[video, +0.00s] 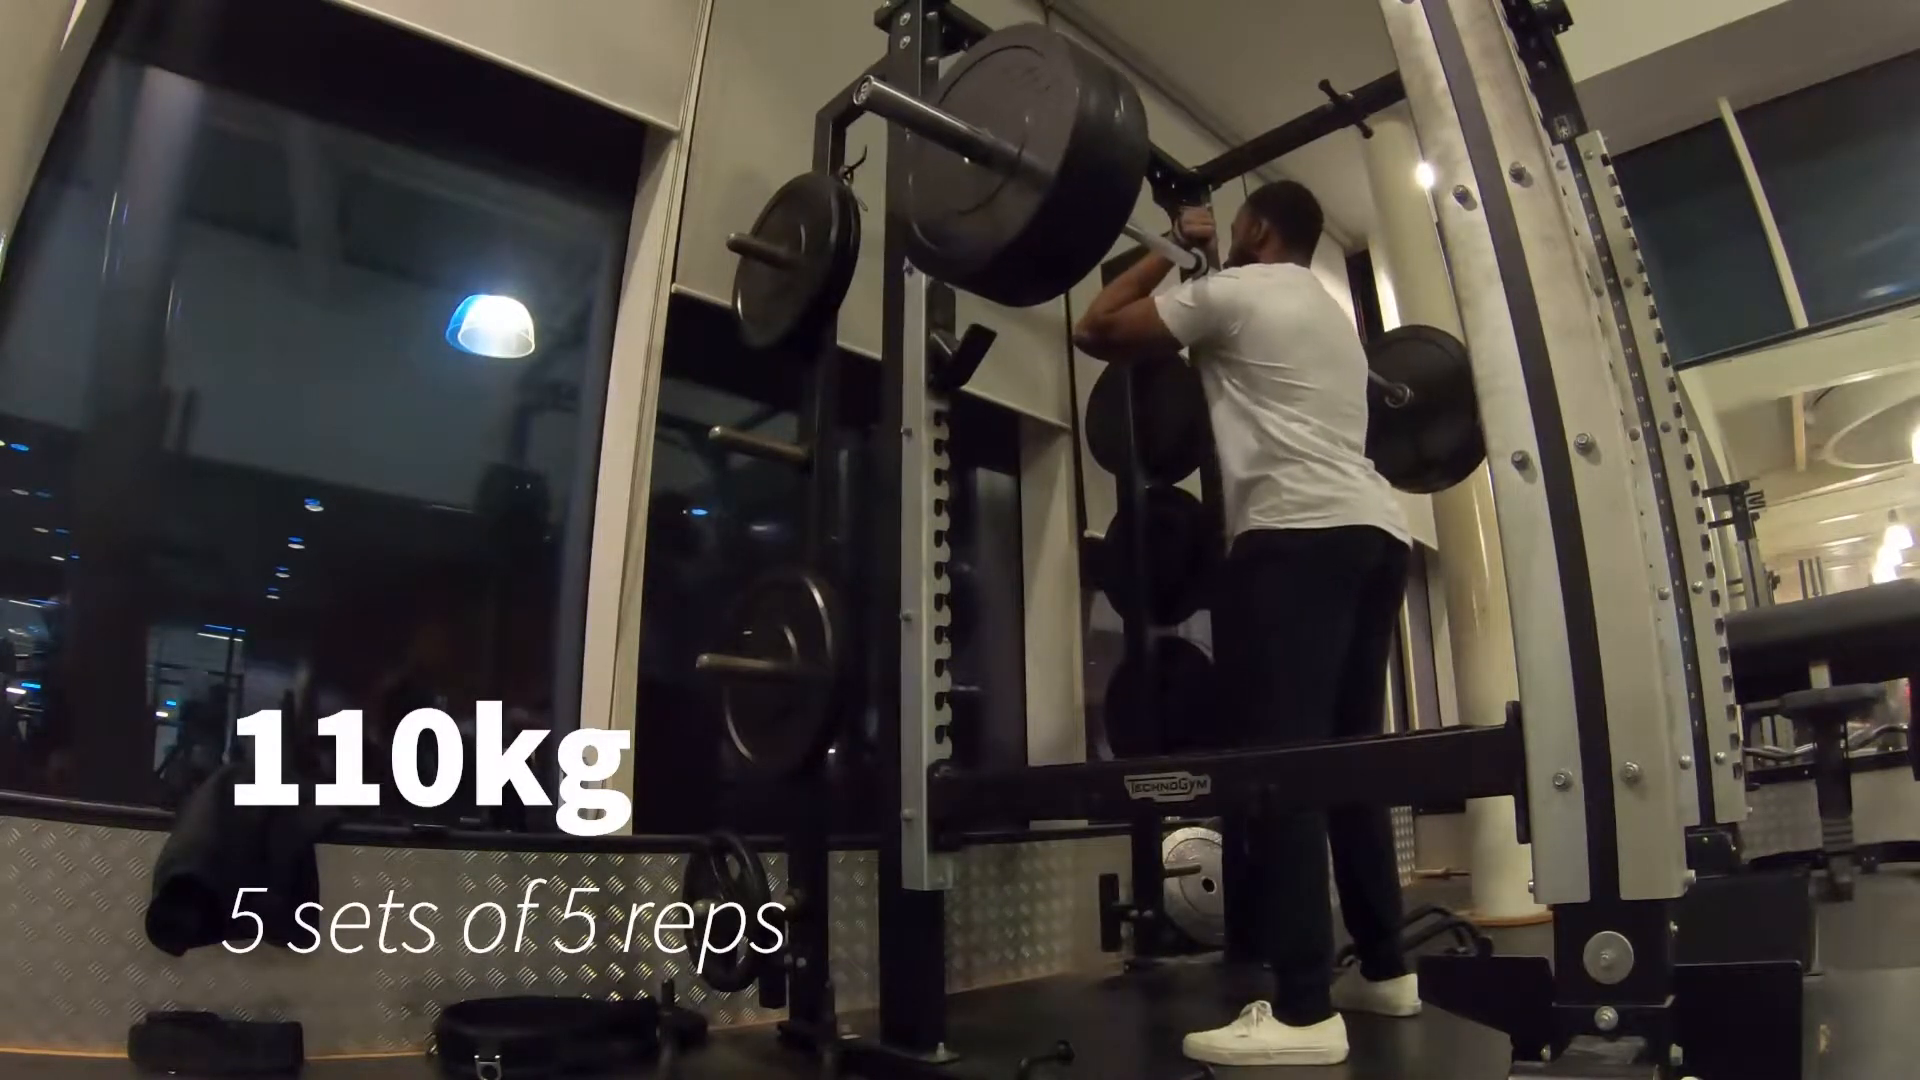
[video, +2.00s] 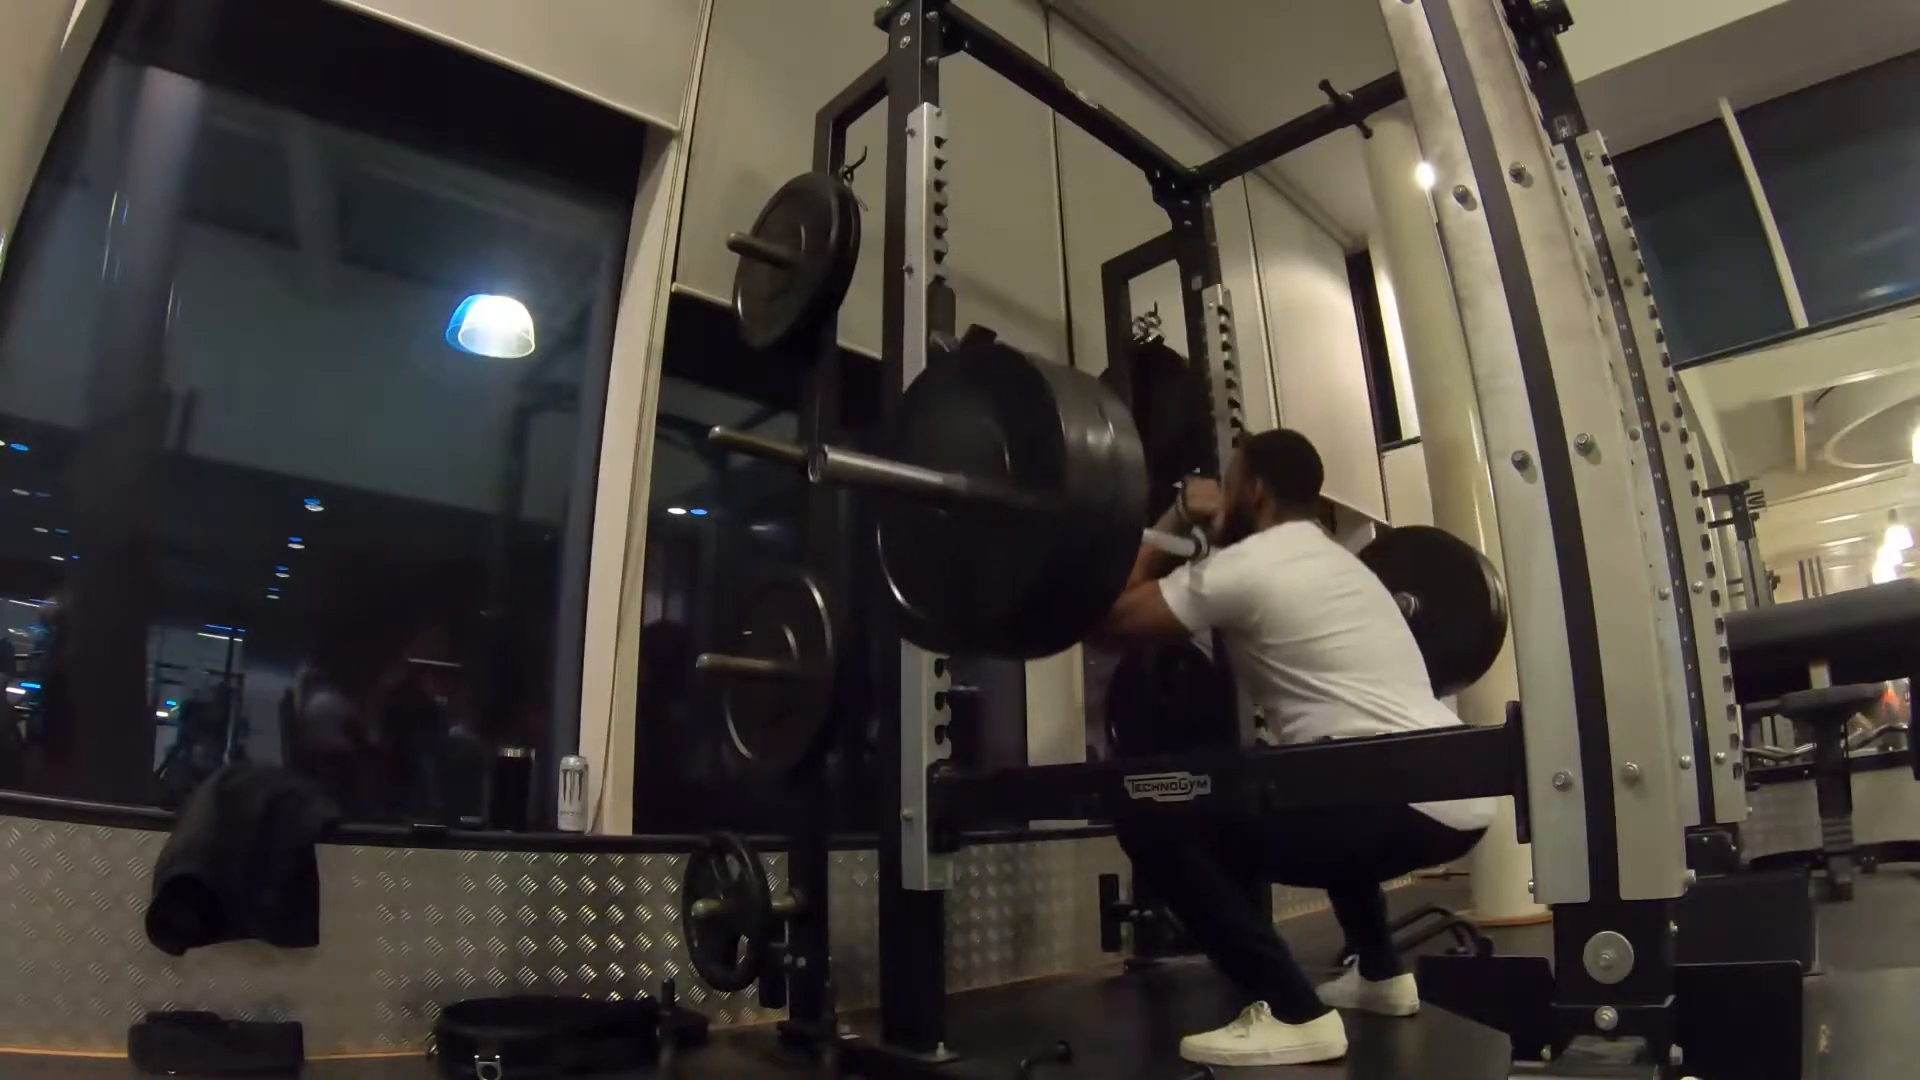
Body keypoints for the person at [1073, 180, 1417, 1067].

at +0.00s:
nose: (1236, 240)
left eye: (1242, 229)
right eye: (1241, 231)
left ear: (1259, 230)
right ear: (1310, 242)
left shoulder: (1239, 295)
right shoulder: (1333, 312)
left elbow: (1097, 324)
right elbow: (1242, 344)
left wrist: (1166, 252)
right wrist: (1202, 264)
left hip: (1290, 541)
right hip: (1373, 540)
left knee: (1278, 770)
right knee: (1350, 762)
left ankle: (1301, 1010)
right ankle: (1386, 970)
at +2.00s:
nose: (1221, 494)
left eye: (1230, 482)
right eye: (1224, 482)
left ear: (1256, 492)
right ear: (1309, 495)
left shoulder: (1241, 569)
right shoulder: (1334, 554)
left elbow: (1113, 618)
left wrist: (1172, 524)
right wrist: (1220, 534)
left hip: (1384, 807)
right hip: (1458, 804)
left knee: (1160, 827)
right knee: (1304, 789)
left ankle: (1294, 1013)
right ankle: (1381, 972)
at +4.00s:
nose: (1213, 249)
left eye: (1217, 238)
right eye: (1216, 240)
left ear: (1237, 238)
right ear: (1286, 247)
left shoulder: (1220, 304)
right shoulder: (1314, 312)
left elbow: (1082, 338)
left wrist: (1152, 268)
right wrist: (1198, 267)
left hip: (1281, 547)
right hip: (1363, 547)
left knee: (1274, 771)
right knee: (1345, 764)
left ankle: (1299, 1008)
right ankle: (1384, 969)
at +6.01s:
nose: (1221, 436)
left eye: (1229, 425)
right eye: (1225, 425)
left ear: (1251, 433)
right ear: (1299, 439)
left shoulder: (1249, 506)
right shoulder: (1332, 497)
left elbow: (1114, 558)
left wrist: (1168, 467)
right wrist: (1219, 478)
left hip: (1379, 720)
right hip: (1462, 721)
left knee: (1176, 804)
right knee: (1305, 783)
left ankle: (1293, 1013)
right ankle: (1381, 969)